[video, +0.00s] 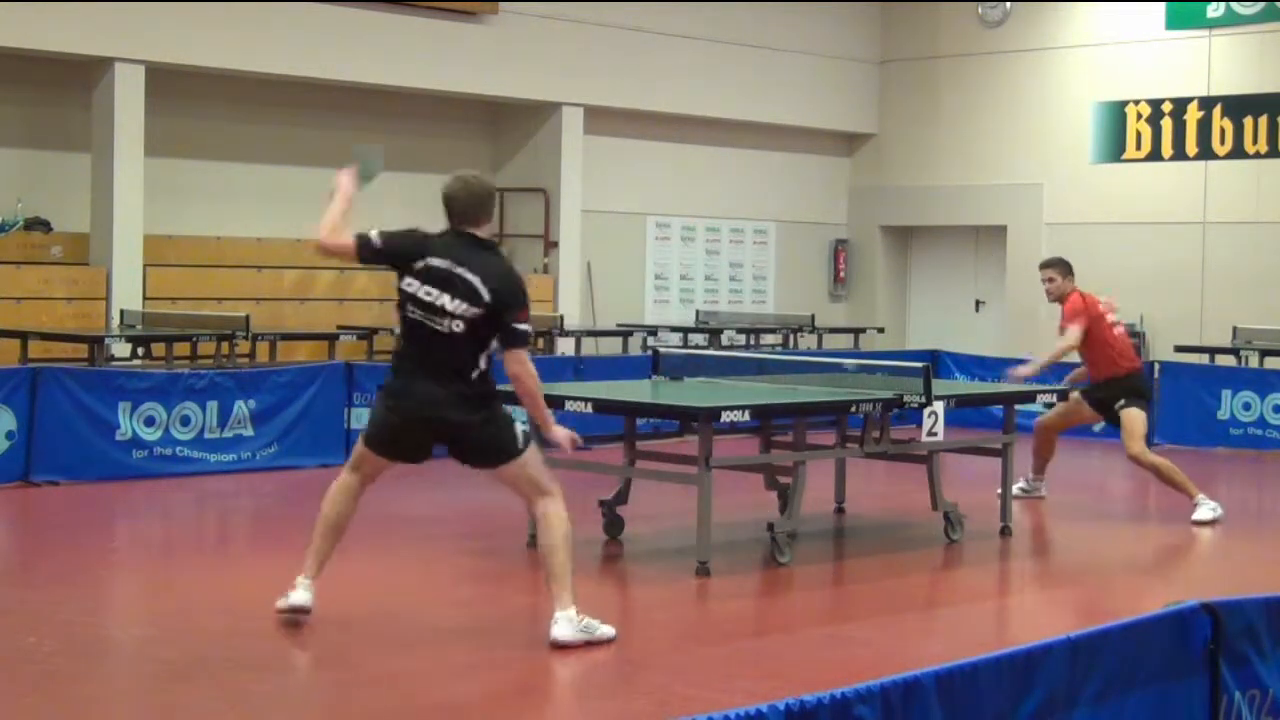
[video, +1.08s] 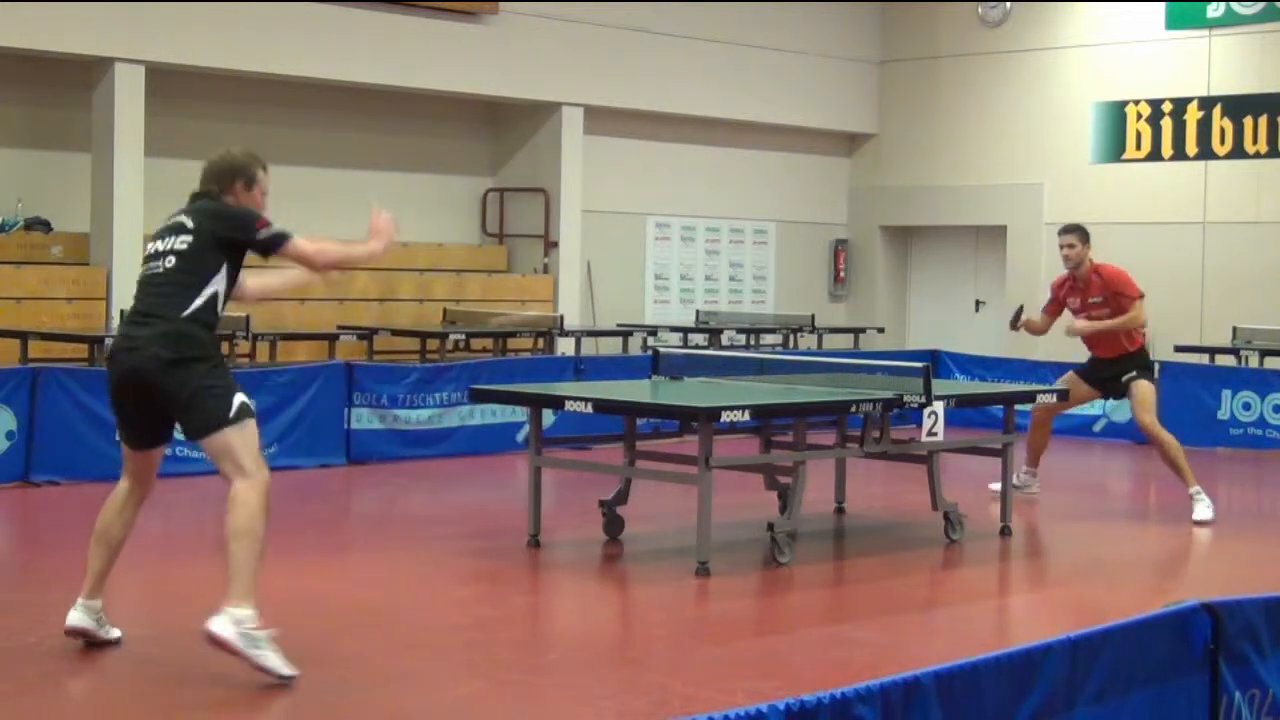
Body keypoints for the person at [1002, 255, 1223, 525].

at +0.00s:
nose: (1046, 288)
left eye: (1050, 281)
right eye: (1044, 282)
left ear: (1068, 280)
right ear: (1050, 283)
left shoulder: (1078, 302)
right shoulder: (1086, 303)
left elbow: (1071, 341)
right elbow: (1103, 356)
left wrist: (1033, 367)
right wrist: (1076, 377)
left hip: (1128, 383)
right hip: (1103, 388)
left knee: (1136, 451)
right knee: (1045, 426)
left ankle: (1202, 502)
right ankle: (1035, 482)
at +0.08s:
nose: (1049, 280)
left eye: (1054, 273)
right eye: (1048, 274)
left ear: (1073, 274)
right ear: (1062, 276)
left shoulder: (1086, 296)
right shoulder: (1080, 300)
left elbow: (1109, 323)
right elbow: (1101, 352)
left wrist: (1104, 351)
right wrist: (1075, 374)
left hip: (1128, 381)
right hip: (1103, 384)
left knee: (1136, 449)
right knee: (1042, 425)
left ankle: (1203, 502)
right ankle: (1034, 482)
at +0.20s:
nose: (1052, 276)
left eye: (1056, 269)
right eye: (1051, 270)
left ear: (1075, 269)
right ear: (1064, 272)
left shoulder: (1101, 293)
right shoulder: (1072, 314)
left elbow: (1142, 311)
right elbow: (1049, 351)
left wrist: (1160, 332)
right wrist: (1005, 358)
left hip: (1129, 382)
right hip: (1099, 386)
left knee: (1137, 447)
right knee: (1039, 422)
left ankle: (1203, 502)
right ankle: (1034, 482)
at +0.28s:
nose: (1051, 277)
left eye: (1056, 272)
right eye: (1051, 272)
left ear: (1076, 272)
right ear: (1065, 274)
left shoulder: (1105, 297)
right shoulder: (1059, 314)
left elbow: (1147, 315)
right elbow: (1022, 331)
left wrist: (1170, 333)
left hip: (1131, 383)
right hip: (1099, 388)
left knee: (1139, 445)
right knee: (1036, 421)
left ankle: (1204, 501)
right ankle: (1033, 482)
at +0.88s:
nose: (1082, 261)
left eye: (1088, 255)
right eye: (1079, 255)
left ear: (1105, 256)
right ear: (1076, 258)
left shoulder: (1127, 288)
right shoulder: (1074, 294)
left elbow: (1165, 327)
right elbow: (1045, 329)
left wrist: (1140, 348)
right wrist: (1022, 320)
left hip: (1140, 377)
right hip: (1105, 379)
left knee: (1154, 432)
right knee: (1045, 422)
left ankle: (1209, 500)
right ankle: (1034, 482)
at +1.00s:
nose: (1075, 254)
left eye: (1081, 248)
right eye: (1071, 249)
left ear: (1097, 250)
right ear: (1069, 253)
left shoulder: (1120, 281)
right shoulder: (1070, 288)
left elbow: (1155, 318)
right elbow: (1046, 326)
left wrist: (1106, 324)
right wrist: (1025, 321)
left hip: (1135, 370)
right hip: (1101, 372)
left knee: (1153, 431)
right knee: (1042, 418)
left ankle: (1207, 500)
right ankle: (1033, 481)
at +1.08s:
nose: (1065, 253)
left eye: (1071, 247)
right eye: (1061, 248)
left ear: (1087, 248)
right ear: (1059, 252)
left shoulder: (1112, 277)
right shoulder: (1063, 286)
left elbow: (1137, 318)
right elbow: (1043, 326)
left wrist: (1090, 326)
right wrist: (1024, 322)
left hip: (1133, 363)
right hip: (1099, 365)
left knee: (1146, 422)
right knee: (1042, 408)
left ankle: (1197, 494)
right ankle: (1028, 478)